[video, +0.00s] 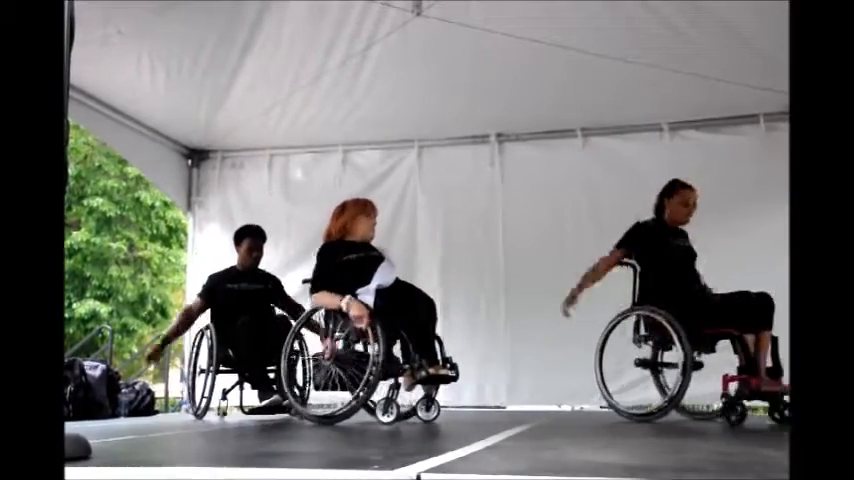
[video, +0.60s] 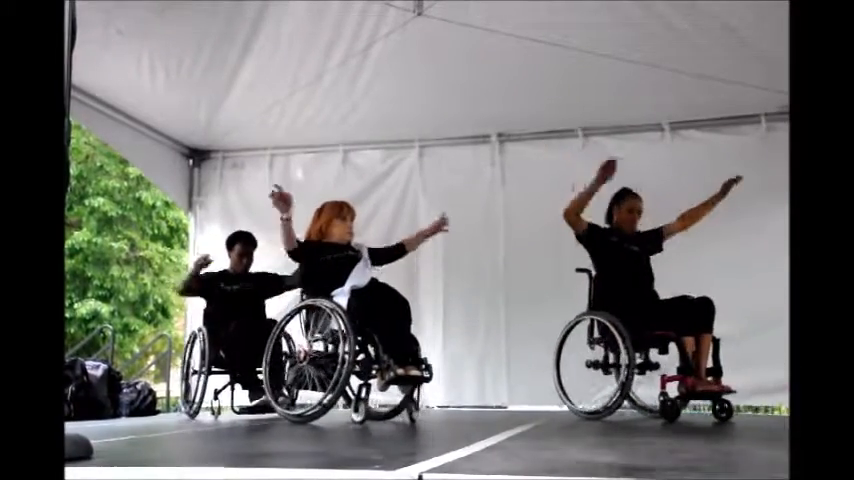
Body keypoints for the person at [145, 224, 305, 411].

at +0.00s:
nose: (258, 255)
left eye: (261, 249)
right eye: (252, 249)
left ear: (263, 250)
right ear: (238, 248)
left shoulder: (269, 282)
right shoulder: (218, 281)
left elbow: (295, 310)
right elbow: (191, 313)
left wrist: (323, 332)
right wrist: (163, 343)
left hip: (262, 343)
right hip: (230, 346)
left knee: (282, 324)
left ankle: (286, 392)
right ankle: (266, 393)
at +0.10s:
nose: (256, 255)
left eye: (259, 251)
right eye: (251, 250)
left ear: (263, 252)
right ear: (237, 248)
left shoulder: (268, 281)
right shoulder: (219, 281)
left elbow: (297, 301)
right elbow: (184, 307)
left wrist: (322, 302)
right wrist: (148, 328)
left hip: (262, 343)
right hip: (230, 347)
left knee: (282, 323)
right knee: (247, 327)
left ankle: (286, 389)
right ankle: (264, 392)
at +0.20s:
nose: (255, 257)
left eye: (258, 253)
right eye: (250, 252)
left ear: (261, 252)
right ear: (236, 250)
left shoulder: (268, 278)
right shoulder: (217, 278)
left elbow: (301, 287)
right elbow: (179, 291)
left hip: (261, 343)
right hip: (226, 347)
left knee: (280, 324)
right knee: (246, 328)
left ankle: (285, 390)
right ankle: (263, 392)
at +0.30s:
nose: (254, 258)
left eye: (257, 254)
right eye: (249, 253)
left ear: (260, 254)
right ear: (236, 250)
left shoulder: (266, 277)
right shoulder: (215, 278)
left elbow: (295, 282)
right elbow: (178, 285)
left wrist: (307, 255)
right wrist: (143, 268)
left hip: (259, 343)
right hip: (227, 345)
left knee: (277, 324)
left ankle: (282, 392)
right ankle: (261, 391)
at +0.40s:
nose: (251, 258)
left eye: (254, 253)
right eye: (246, 253)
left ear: (258, 253)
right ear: (233, 251)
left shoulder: (262, 279)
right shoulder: (215, 278)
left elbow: (292, 273)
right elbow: (177, 281)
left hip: (257, 342)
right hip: (225, 346)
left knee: (275, 325)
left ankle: (279, 391)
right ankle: (258, 392)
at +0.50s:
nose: (248, 261)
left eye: (252, 256)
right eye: (243, 255)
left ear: (255, 255)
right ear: (231, 253)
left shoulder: (262, 280)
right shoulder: (214, 280)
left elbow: (299, 274)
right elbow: (181, 283)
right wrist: (185, 254)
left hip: (255, 342)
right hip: (223, 346)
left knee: (273, 325)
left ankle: (277, 392)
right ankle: (257, 393)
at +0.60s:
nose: (247, 260)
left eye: (250, 255)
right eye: (242, 255)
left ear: (254, 255)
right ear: (230, 254)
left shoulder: (260, 281)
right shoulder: (214, 281)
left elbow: (293, 281)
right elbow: (185, 290)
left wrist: (310, 262)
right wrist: (196, 269)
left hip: (255, 341)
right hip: (224, 344)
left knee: (272, 327)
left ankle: (276, 393)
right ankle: (255, 392)